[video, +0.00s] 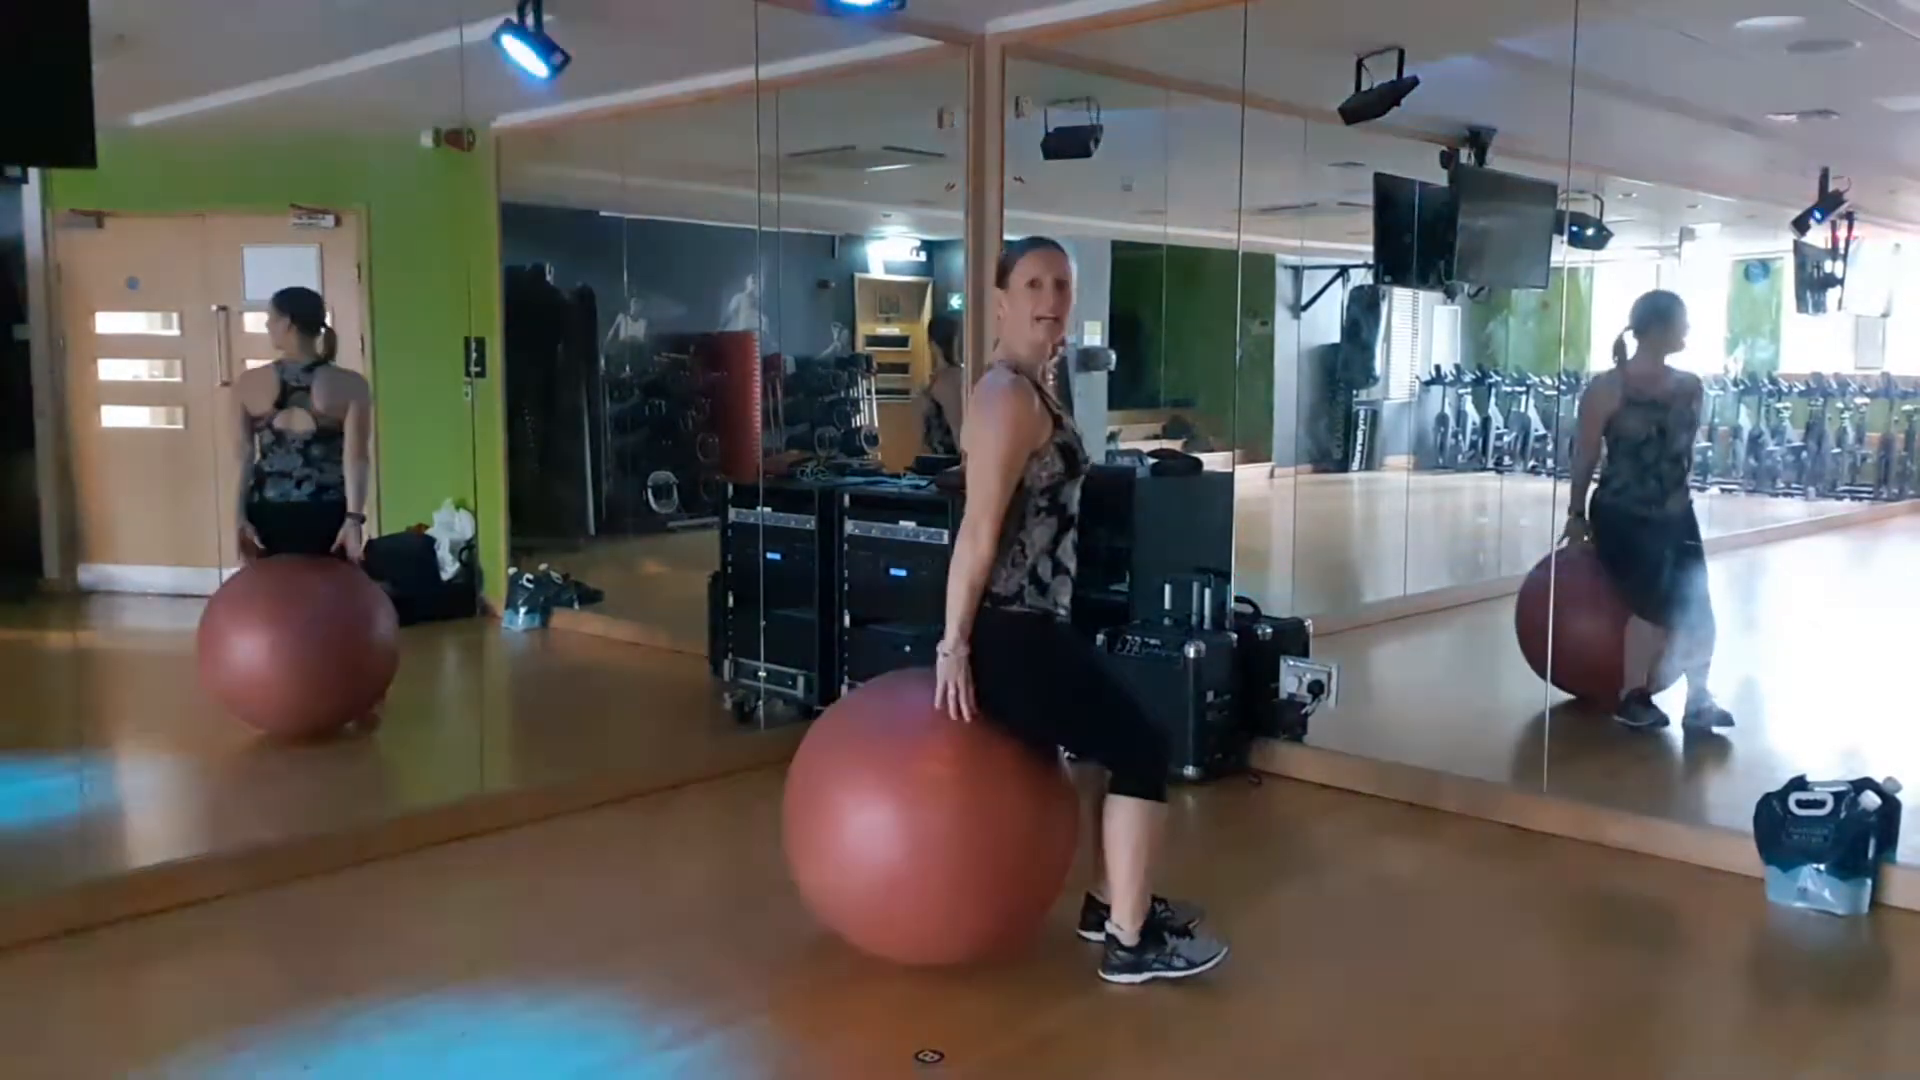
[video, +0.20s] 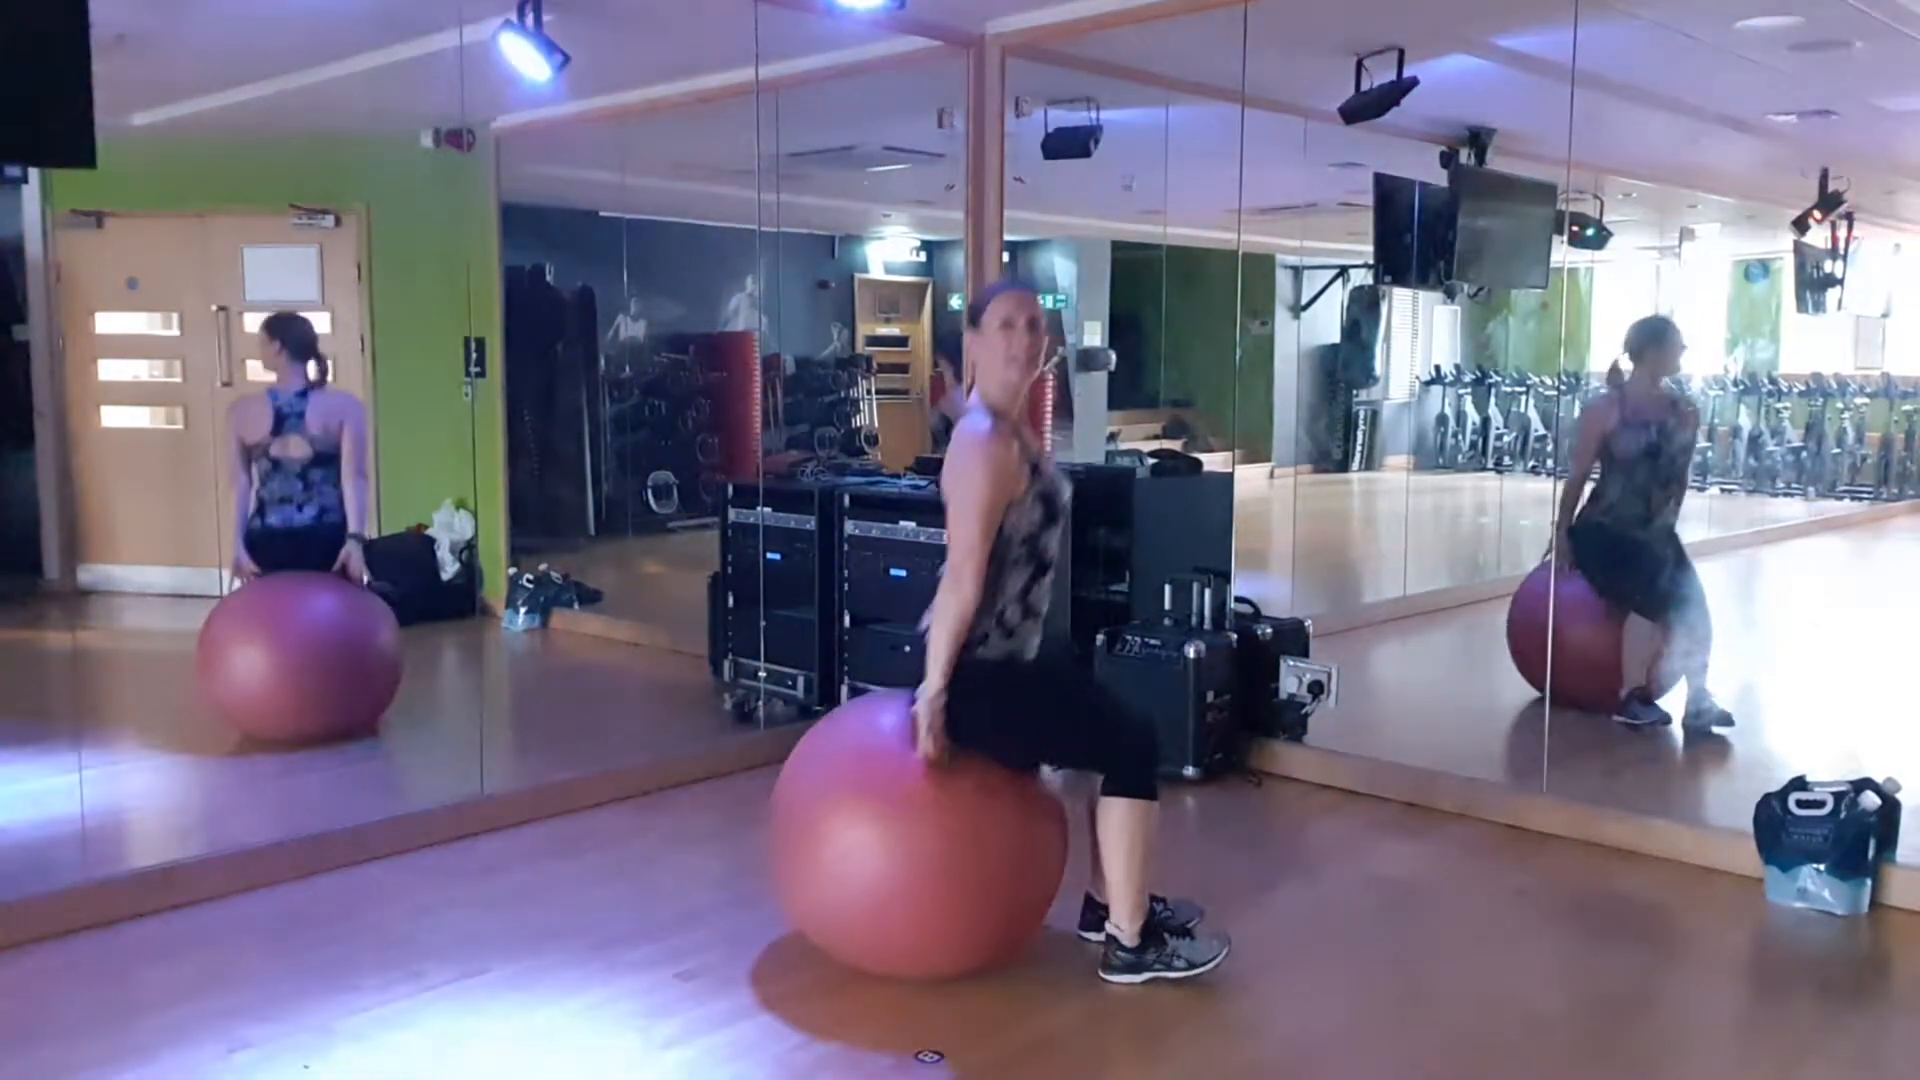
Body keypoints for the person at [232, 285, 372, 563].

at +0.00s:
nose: (268, 326)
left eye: (272, 318)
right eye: (269, 318)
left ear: (288, 324)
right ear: (317, 325)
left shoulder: (250, 384)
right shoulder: (351, 385)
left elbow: (244, 457)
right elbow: (357, 457)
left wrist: (241, 517)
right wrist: (355, 518)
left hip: (269, 517)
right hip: (328, 518)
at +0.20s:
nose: (259, 351)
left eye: (263, 343)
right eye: (260, 343)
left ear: (278, 347)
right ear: (309, 347)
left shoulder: (245, 411)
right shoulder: (345, 406)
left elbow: (241, 483)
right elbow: (354, 475)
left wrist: (239, 545)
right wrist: (355, 537)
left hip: (268, 541)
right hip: (327, 539)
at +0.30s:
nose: (256, 371)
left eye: (259, 363)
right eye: (256, 363)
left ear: (274, 369)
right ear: (305, 369)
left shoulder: (243, 430)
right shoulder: (344, 423)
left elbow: (241, 500)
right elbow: (355, 490)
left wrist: (240, 558)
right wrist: (357, 552)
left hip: (268, 560)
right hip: (328, 556)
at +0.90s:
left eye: (270, 374)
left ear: (271, 376)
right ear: (313, 377)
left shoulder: (239, 430)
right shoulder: (344, 429)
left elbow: (224, 500)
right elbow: (350, 497)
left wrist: (219, 561)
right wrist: (346, 557)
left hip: (255, 569)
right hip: (319, 567)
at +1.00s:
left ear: (269, 380)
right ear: (313, 380)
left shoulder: (239, 432)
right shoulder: (341, 431)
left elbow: (219, 504)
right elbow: (343, 495)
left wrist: (213, 563)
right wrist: (337, 555)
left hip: (250, 570)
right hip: (314, 569)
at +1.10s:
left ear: (268, 382)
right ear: (313, 382)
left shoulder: (237, 433)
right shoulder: (339, 432)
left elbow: (217, 503)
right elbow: (341, 499)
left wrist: (209, 563)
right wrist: (334, 554)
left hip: (245, 569)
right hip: (309, 569)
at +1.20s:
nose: (311, 388)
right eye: (312, 382)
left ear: (269, 384)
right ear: (310, 384)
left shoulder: (236, 432)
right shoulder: (339, 431)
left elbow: (218, 498)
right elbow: (346, 493)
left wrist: (207, 560)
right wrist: (338, 550)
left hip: (239, 563)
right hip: (306, 562)